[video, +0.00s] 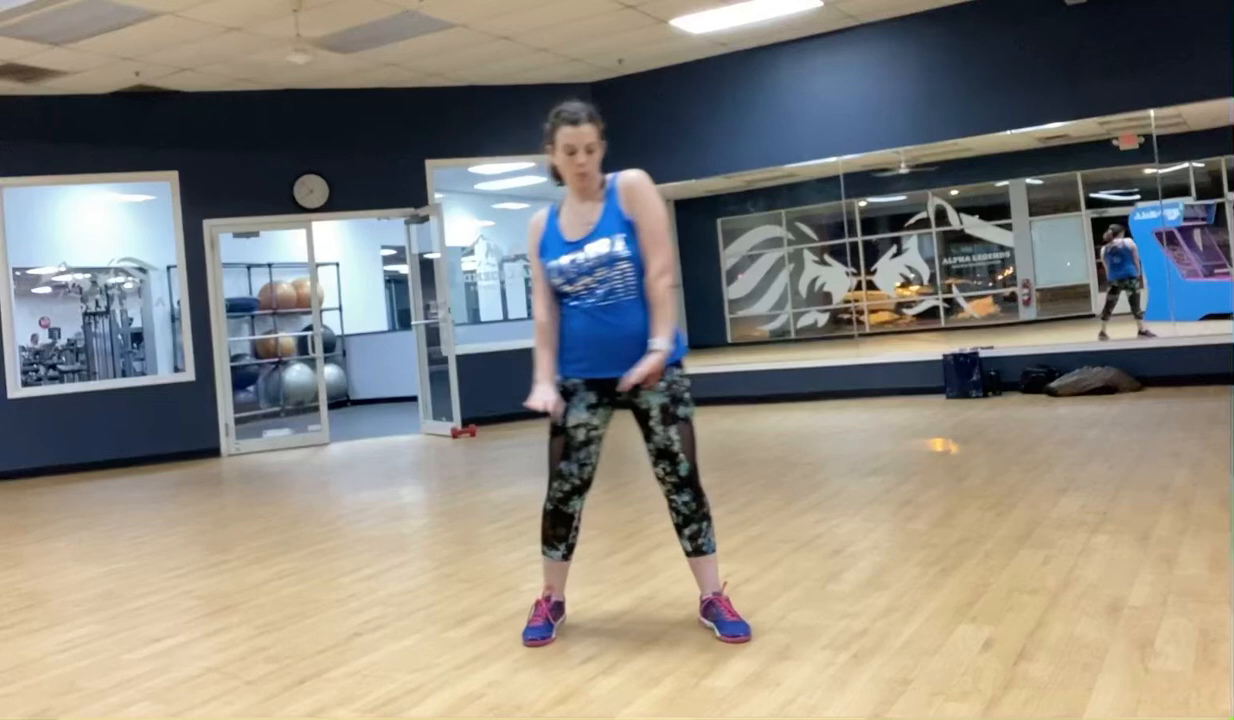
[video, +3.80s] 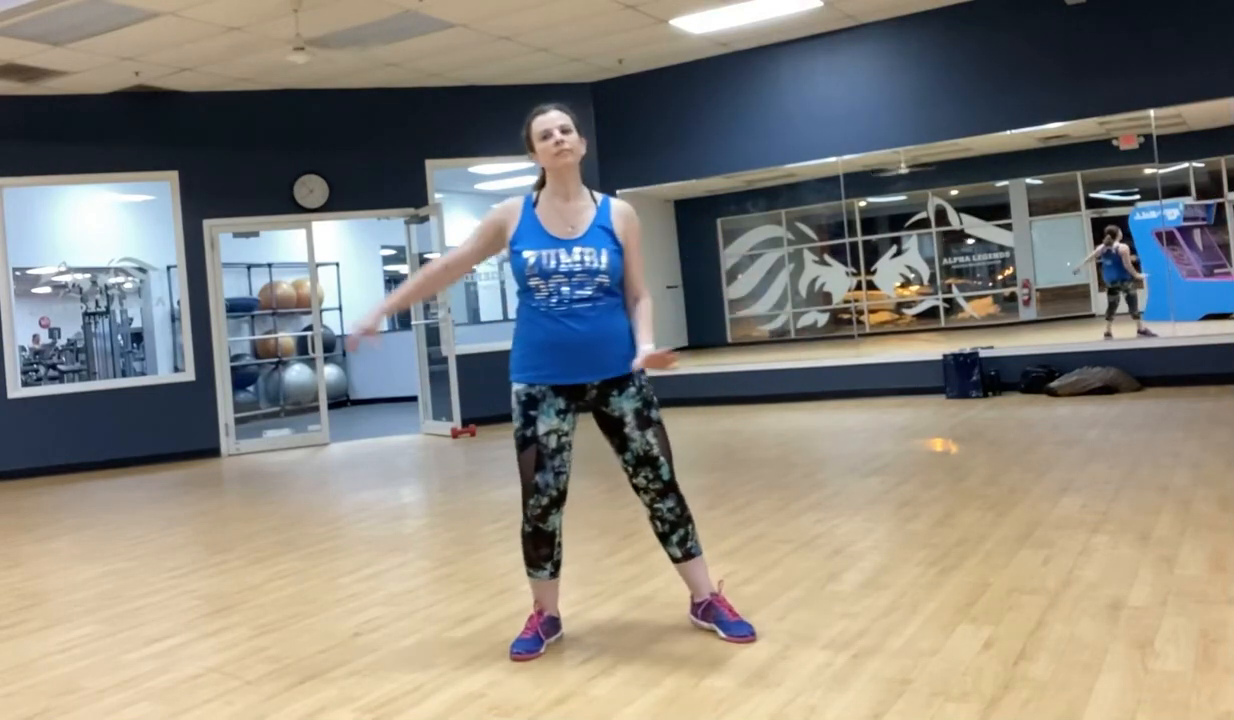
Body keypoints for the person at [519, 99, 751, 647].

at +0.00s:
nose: (582, 159)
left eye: (590, 148)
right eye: (570, 150)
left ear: (603, 148)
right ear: (552, 156)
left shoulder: (633, 187)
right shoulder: (543, 225)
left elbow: (661, 272)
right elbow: (545, 311)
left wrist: (659, 349)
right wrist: (543, 379)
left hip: (650, 364)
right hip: (581, 377)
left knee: (680, 478)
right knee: (564, 488)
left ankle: (713, 596)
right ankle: (551, 600)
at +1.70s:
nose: (617, 148)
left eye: (621, 139)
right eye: (604, 141)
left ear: (630, 146)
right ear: (579, 153)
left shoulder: (656, 189)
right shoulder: (565, 226)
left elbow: (718, 248)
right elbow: (572, 312)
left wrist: (735, 321)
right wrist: (575, 382)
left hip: (684, 364)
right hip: (612, 377)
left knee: (695, 480)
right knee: (580, 490)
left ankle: (712, 600)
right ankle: (547, 611)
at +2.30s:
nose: (616, 163)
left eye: (620, 153)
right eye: (603, 156)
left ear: (624, 157)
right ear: (574, 163)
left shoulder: (634, 230)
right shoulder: (542, 208)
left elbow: (674, 305)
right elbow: (505, 284)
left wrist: (735, 343)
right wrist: (522, 357)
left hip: (651, 371)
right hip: (579, 381)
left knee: (675, 485)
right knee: (570, 499)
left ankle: (709, 601)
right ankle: (547, 615)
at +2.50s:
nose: (594, 157)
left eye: (595, 147)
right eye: (580, 155)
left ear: (604, 150)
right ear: (559, 169)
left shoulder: (628, 229)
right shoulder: (539, 202)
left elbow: (643, 307)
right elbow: (486, 270)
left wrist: (683, 344)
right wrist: (464, 342)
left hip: (626, 371)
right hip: (555, 377)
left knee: (664, 482)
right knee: (554, 496)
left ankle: (705, 601)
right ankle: (546, 614)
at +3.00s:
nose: (591, 155)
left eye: (589, 143)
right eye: (576, 156)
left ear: (601, 143)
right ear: (562, 176)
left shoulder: (652, 203)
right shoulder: (552, 224)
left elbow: (707, 263)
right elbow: (536, 304)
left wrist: (696, 328)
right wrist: (510, 372)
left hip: (649, 371)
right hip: (572, 376)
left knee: (682, 484)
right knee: (559, 490)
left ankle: (712, 599)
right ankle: (545, 613)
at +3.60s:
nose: (578, 142)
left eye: (583, 133)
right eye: (565, 139)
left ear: (599, 143)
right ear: (550, 156)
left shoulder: (635, 215)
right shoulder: (528, 220)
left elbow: (659, 296)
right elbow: (476, 293)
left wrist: (698, 329)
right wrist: (439, 350)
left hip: (637, 371)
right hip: (560, 379)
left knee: (667, 484)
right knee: (552, 497)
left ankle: (710, 600)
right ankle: (545, 615)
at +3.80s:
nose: (560, 139)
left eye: (566, 130)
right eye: (547, 135)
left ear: (583, 142)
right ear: (533, 154)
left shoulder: (618, 215)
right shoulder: (512, 216)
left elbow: (637, 294)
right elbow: (442, 270)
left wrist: (644, 344)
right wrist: (380, 312)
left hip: (616, 373)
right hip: (542, 380)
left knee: (660, 483)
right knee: (541, 500)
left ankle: (707, 600)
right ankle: (545, 615)